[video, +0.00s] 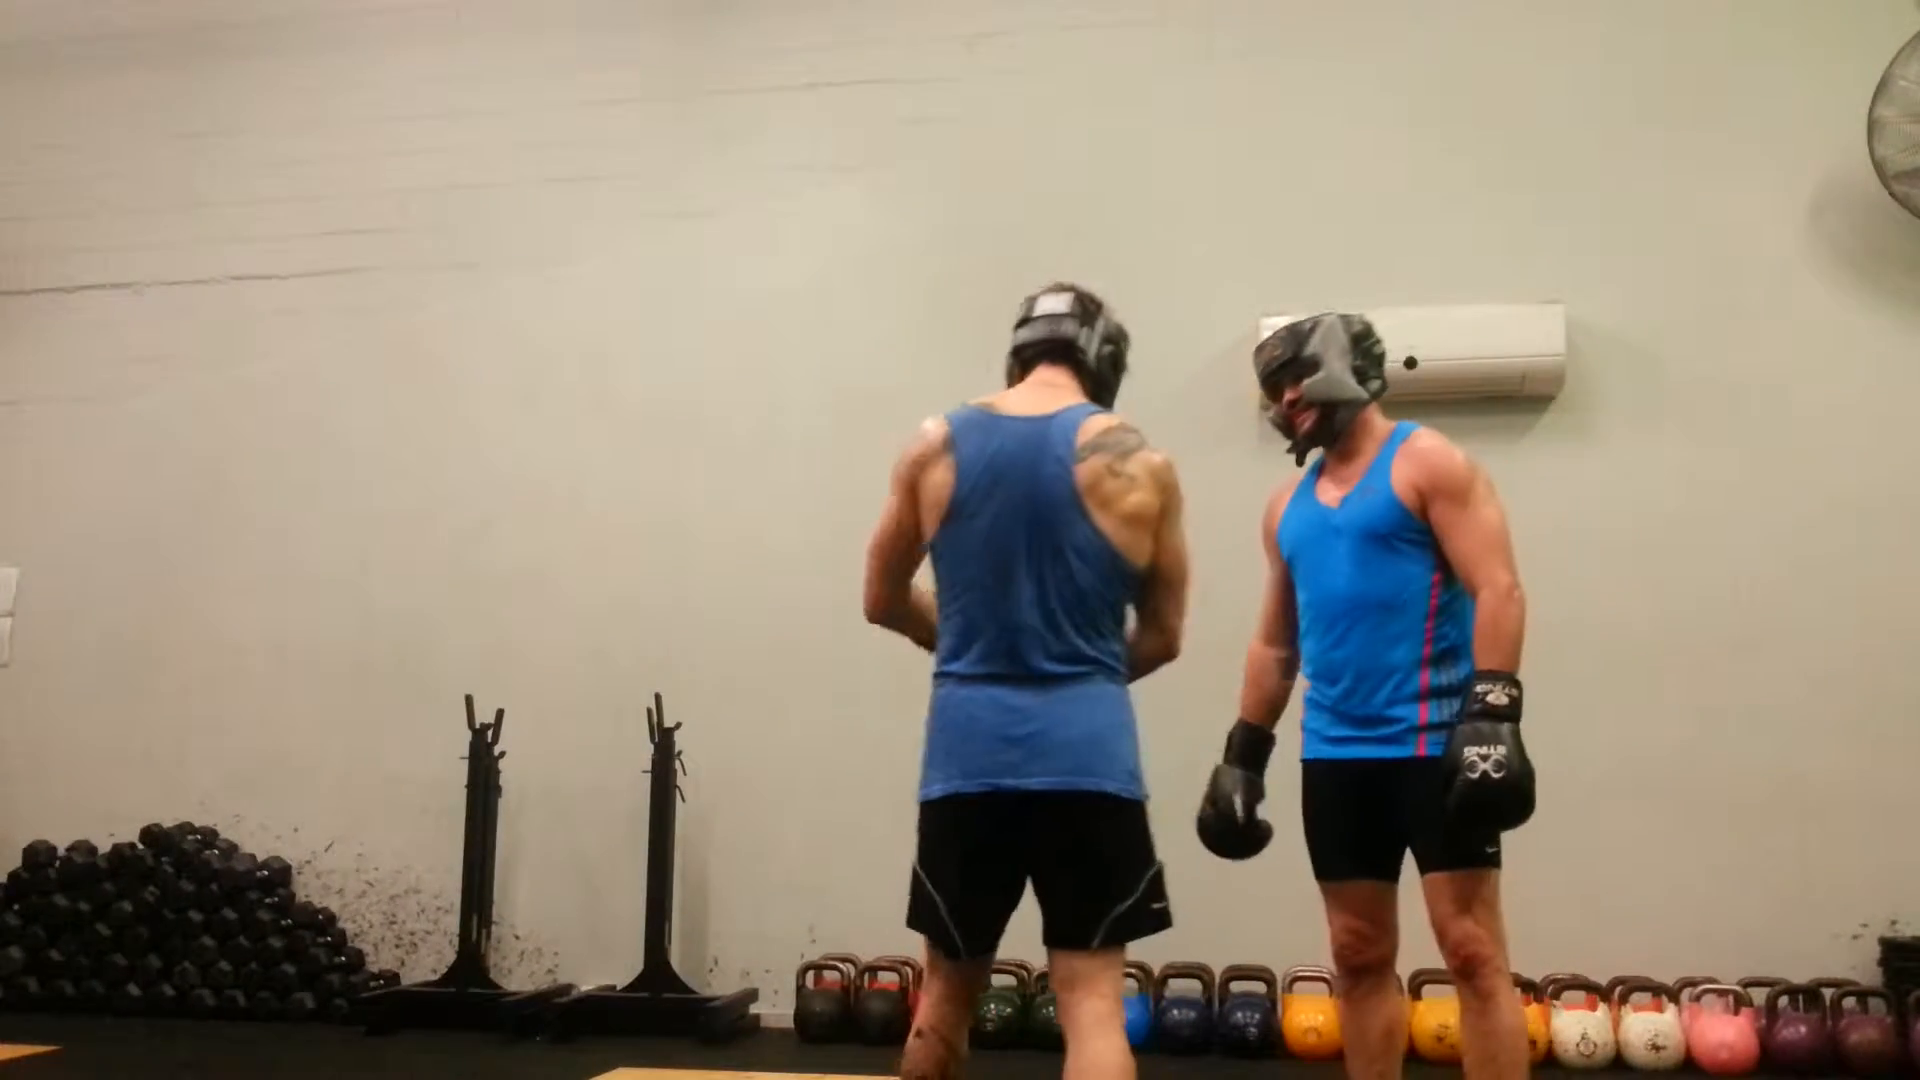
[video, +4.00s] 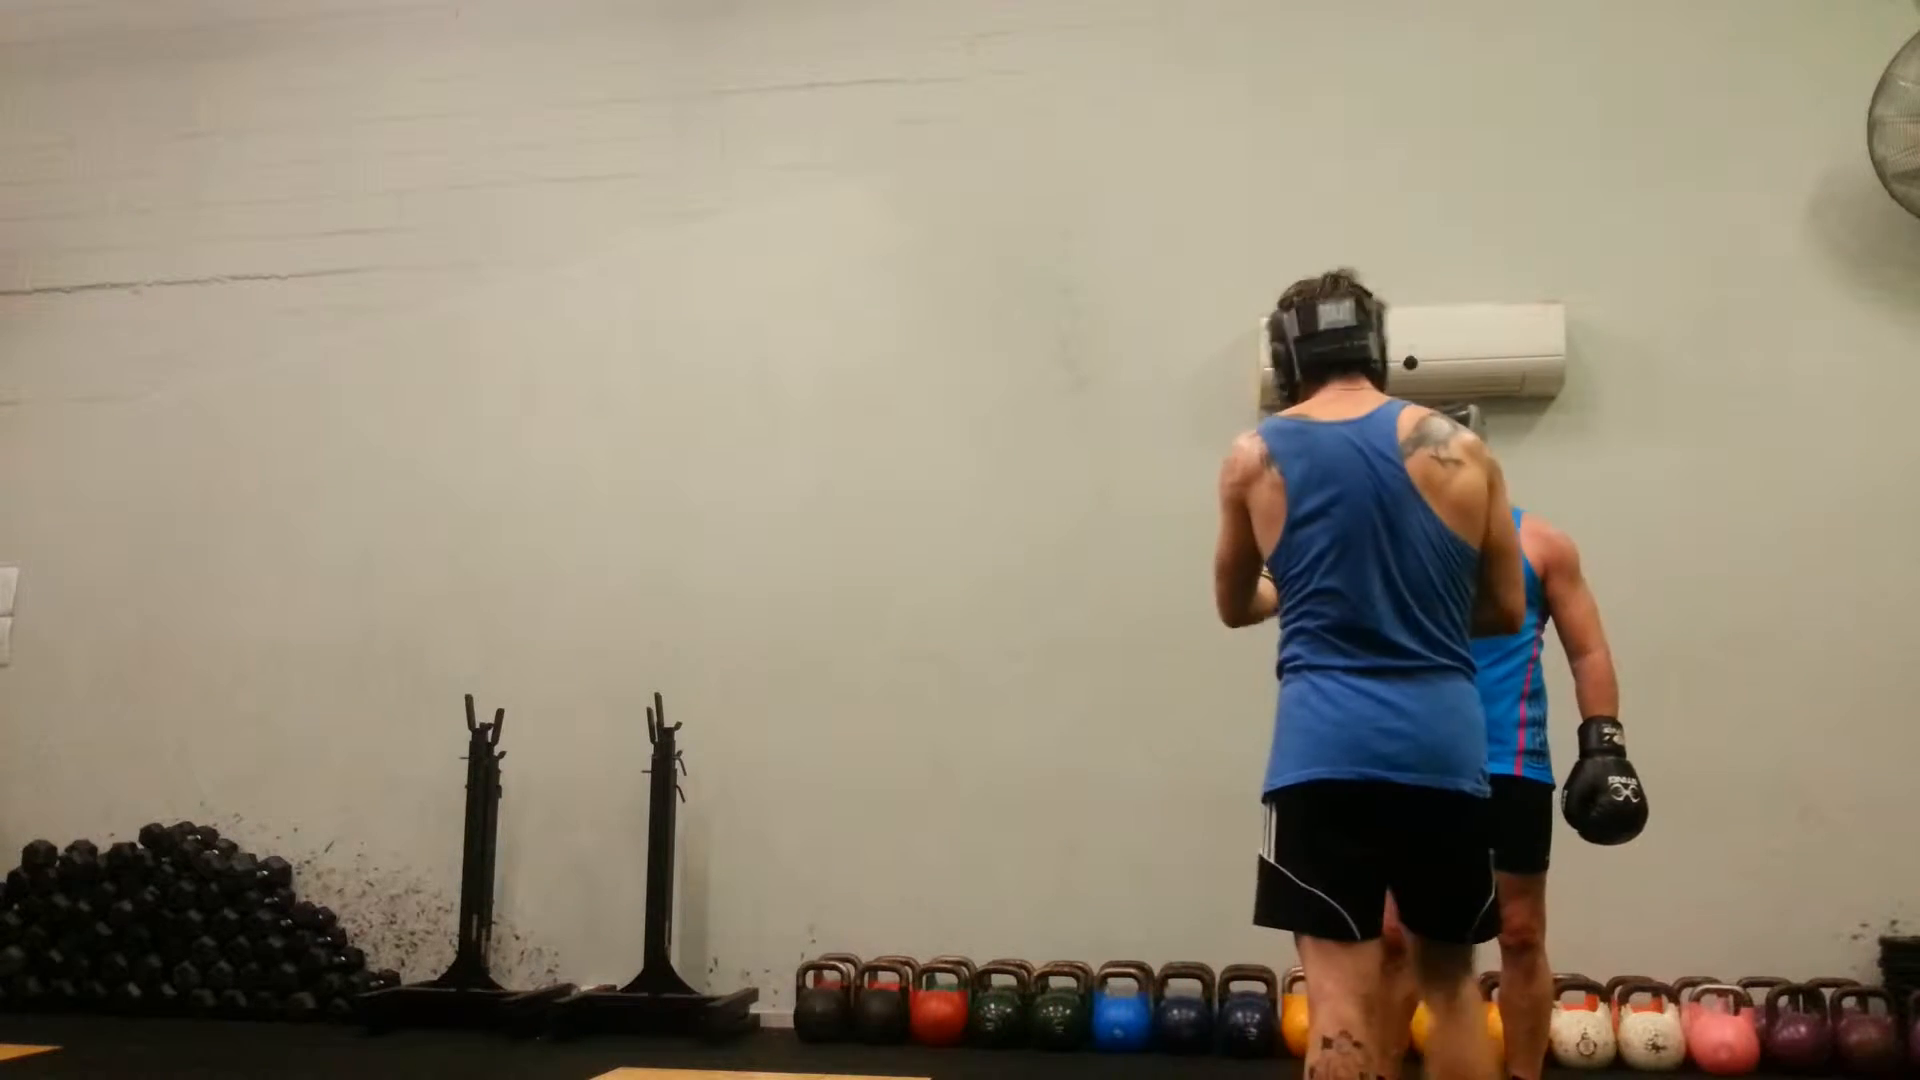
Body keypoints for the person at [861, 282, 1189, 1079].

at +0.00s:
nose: (1116, 372)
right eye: (1116, 361)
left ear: (1015, 356)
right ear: (1105, 359)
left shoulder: (936, 446)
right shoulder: (1140, 464)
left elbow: (885, 598)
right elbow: (1161, 640)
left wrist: (971, 643)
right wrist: (1080, 666)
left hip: (968, 768)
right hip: (1089, 770)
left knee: (941, 1009)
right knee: (1093, 1005)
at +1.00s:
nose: (1119, 376)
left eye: (1112, 361)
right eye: (1113, 363)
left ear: (1014, 372)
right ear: (1100, 373)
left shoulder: (952, 462)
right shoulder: (1111, 483)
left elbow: (891, 566)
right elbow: (1124, 657)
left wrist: (980, 608)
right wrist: (1161, 743)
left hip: (962, 758)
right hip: (1072, 764)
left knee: (955, 973)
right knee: (1100, 986)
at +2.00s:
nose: (1227, 437)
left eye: (1229, 425)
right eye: (1226, 422)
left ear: (1138, 398)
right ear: (1205, 404)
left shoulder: (1069, 472)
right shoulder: (1216, 471)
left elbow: (1055, 573)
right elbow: (1253, 622)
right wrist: (1186, 687)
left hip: (1082, 762)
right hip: (1177, 765)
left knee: (1122, 962)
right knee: (1209, 972)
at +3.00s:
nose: (1419, 385)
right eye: (1416, 374)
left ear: (1318, 375)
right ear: (1406, 384)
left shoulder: (1258, 456)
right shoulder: (1430, 476)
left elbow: (1211, 562)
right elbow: (1431, 601)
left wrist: (1285, 621)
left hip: (1251, 758)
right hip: (1364, 762)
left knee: (1216, 975)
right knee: (1363, 985)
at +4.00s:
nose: (1274, 363)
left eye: (1277, 352)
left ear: (1285, 359)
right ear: (1378, 349)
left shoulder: (1256, 457)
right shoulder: (1465, 452)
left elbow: (1238, 605)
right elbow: (1503, 611)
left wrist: (1317, 575)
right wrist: (1411, 594)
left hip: (1323, 752)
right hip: (1446, 753)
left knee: (1342, 1014)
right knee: (1451, 988)